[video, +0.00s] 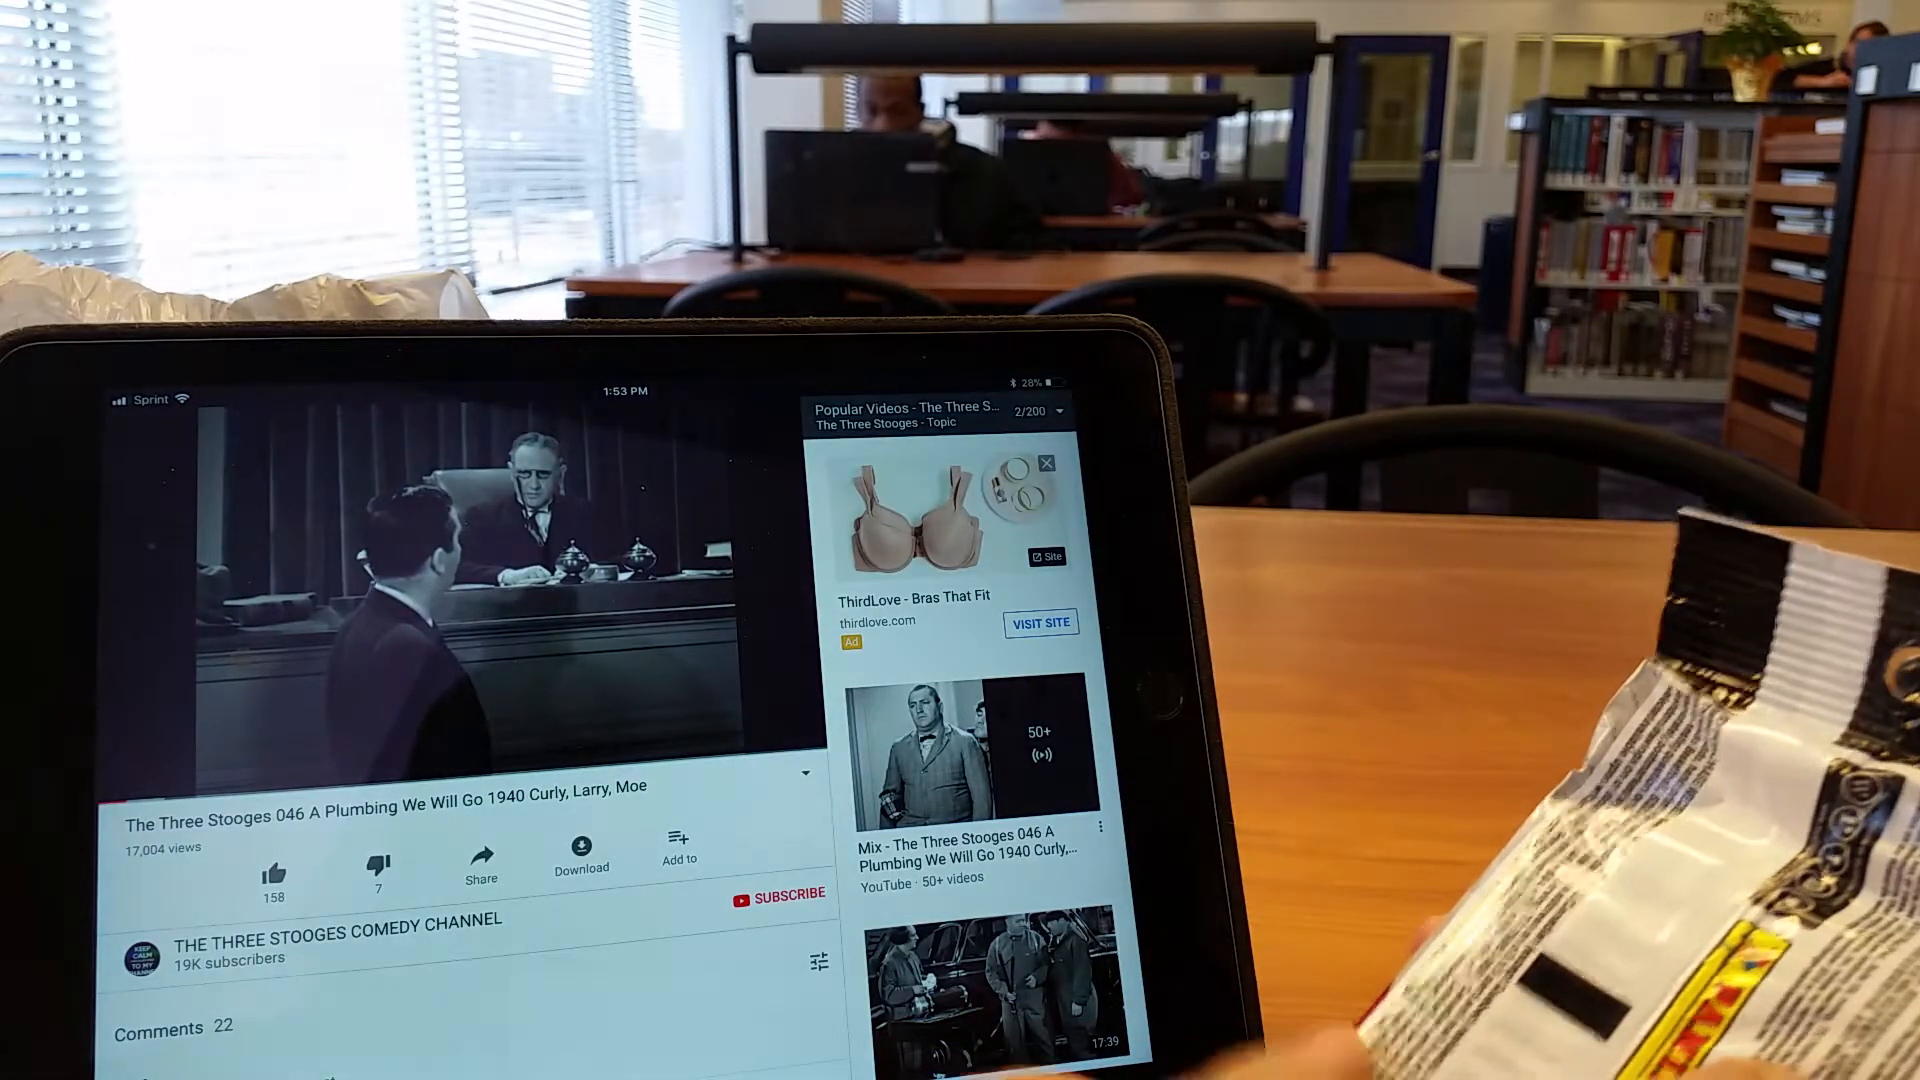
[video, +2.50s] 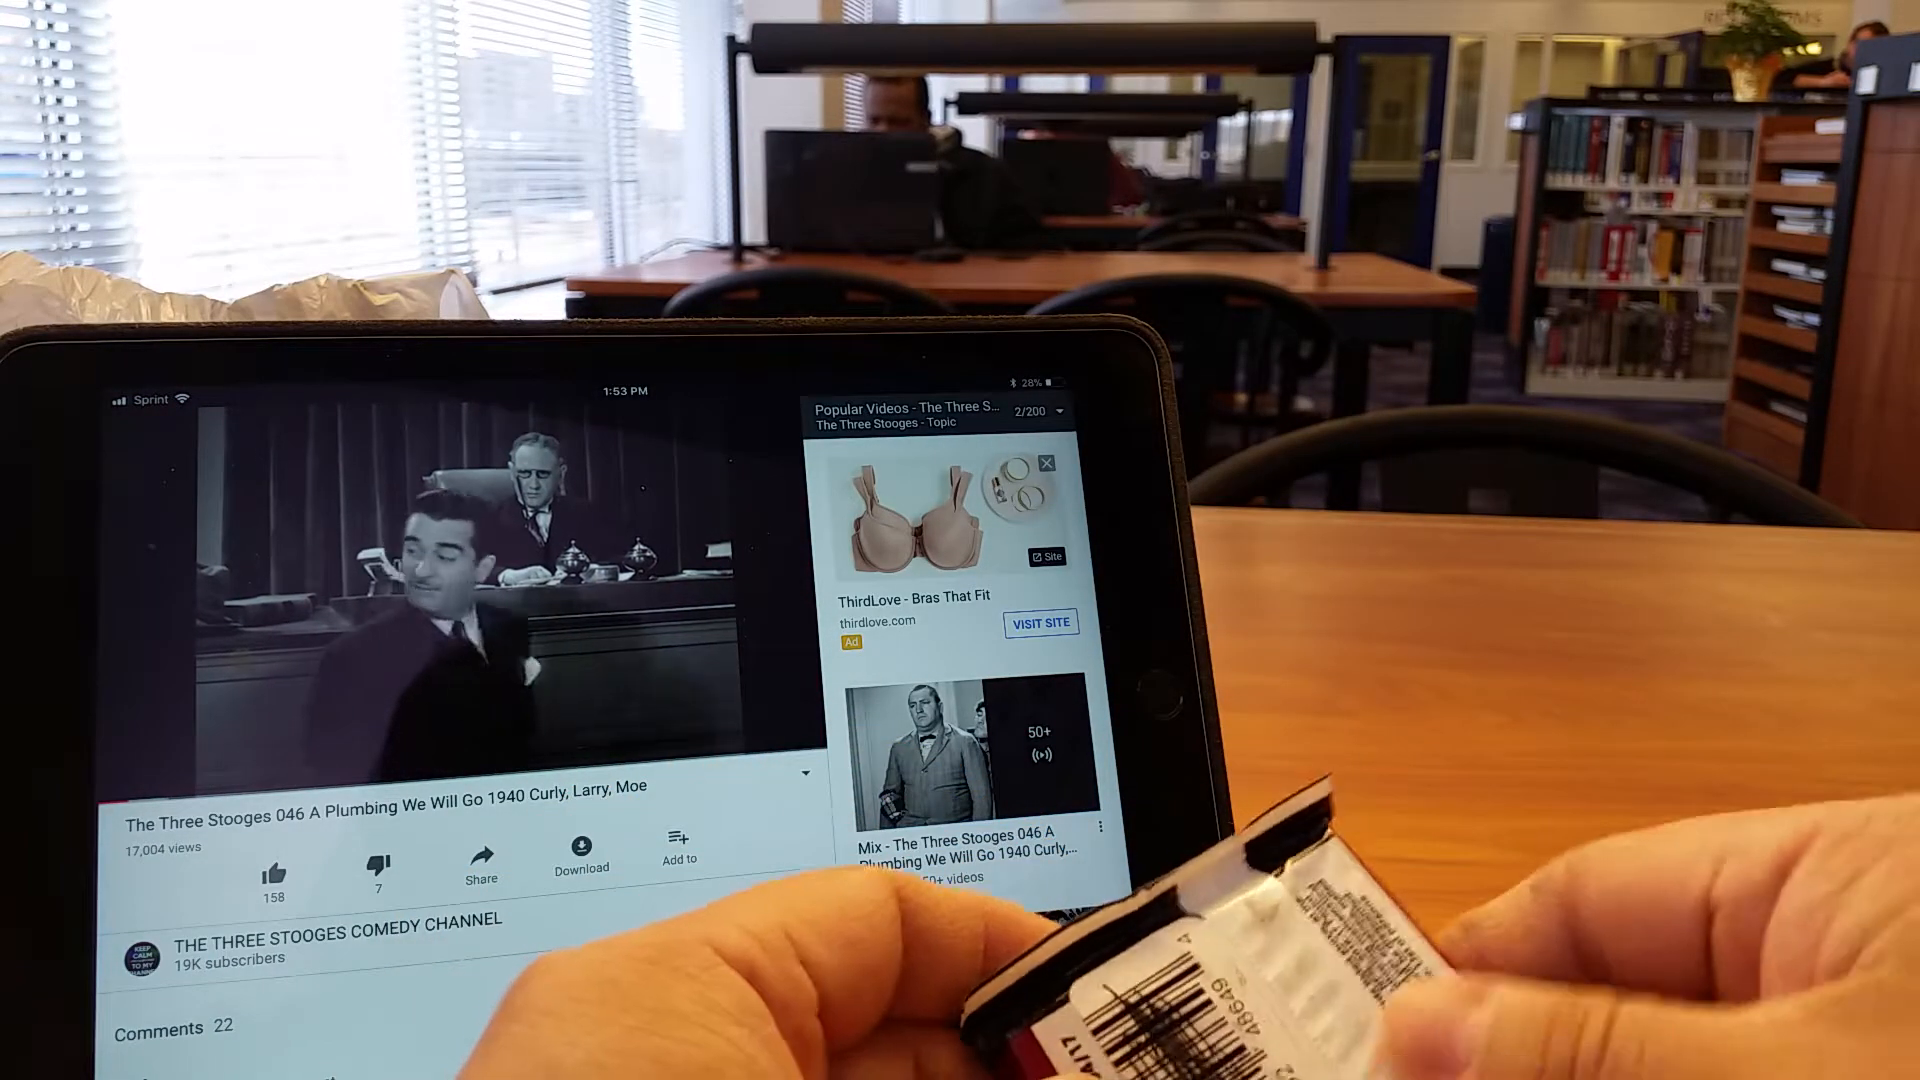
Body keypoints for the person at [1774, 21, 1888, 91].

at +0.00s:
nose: (1859, 51)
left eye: (1866, 46)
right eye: (1856, 43)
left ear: (1879, 51)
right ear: (1849, 44)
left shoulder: (1883, 79)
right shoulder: (1828, 68)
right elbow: (1780, 81)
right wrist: (1825, 82)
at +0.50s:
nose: (1859, 51)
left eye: (1866, 46)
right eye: (1857, 43)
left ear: (1879, 51)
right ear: (1849, 44)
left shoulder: (1884, 78)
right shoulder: (1828, 68)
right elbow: (1780, 81)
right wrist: (1825, 82)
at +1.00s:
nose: (1860, 50)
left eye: (1868, 46)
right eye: (1857, 43)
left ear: (1880, 50)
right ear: (1849, 44)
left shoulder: (1884, 77)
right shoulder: (1829, 68)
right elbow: (1780, 80)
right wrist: (1825, 82)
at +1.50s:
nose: (1860, 50)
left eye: (1868, 46)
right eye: (1858, 43)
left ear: (1880, 50)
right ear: (1849, 44)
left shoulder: (1884, 77)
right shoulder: (1828, 68)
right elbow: (1780, 80)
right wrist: (1825, 82)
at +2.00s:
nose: (1860, 51)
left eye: (1868, 46)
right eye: (1858, 43)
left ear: (1880, 51)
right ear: (1849, 44)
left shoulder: (1884, 78)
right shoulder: (1828, 68)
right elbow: (1780, 80)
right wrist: (1825, 82)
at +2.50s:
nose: (1859, 50)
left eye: (1867, 45)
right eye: (1857, 43)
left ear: (1880, 50)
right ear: (1849, 44)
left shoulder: (1884, 78)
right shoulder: (1829, 68)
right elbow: (1781, 80)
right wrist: (1824, 82)